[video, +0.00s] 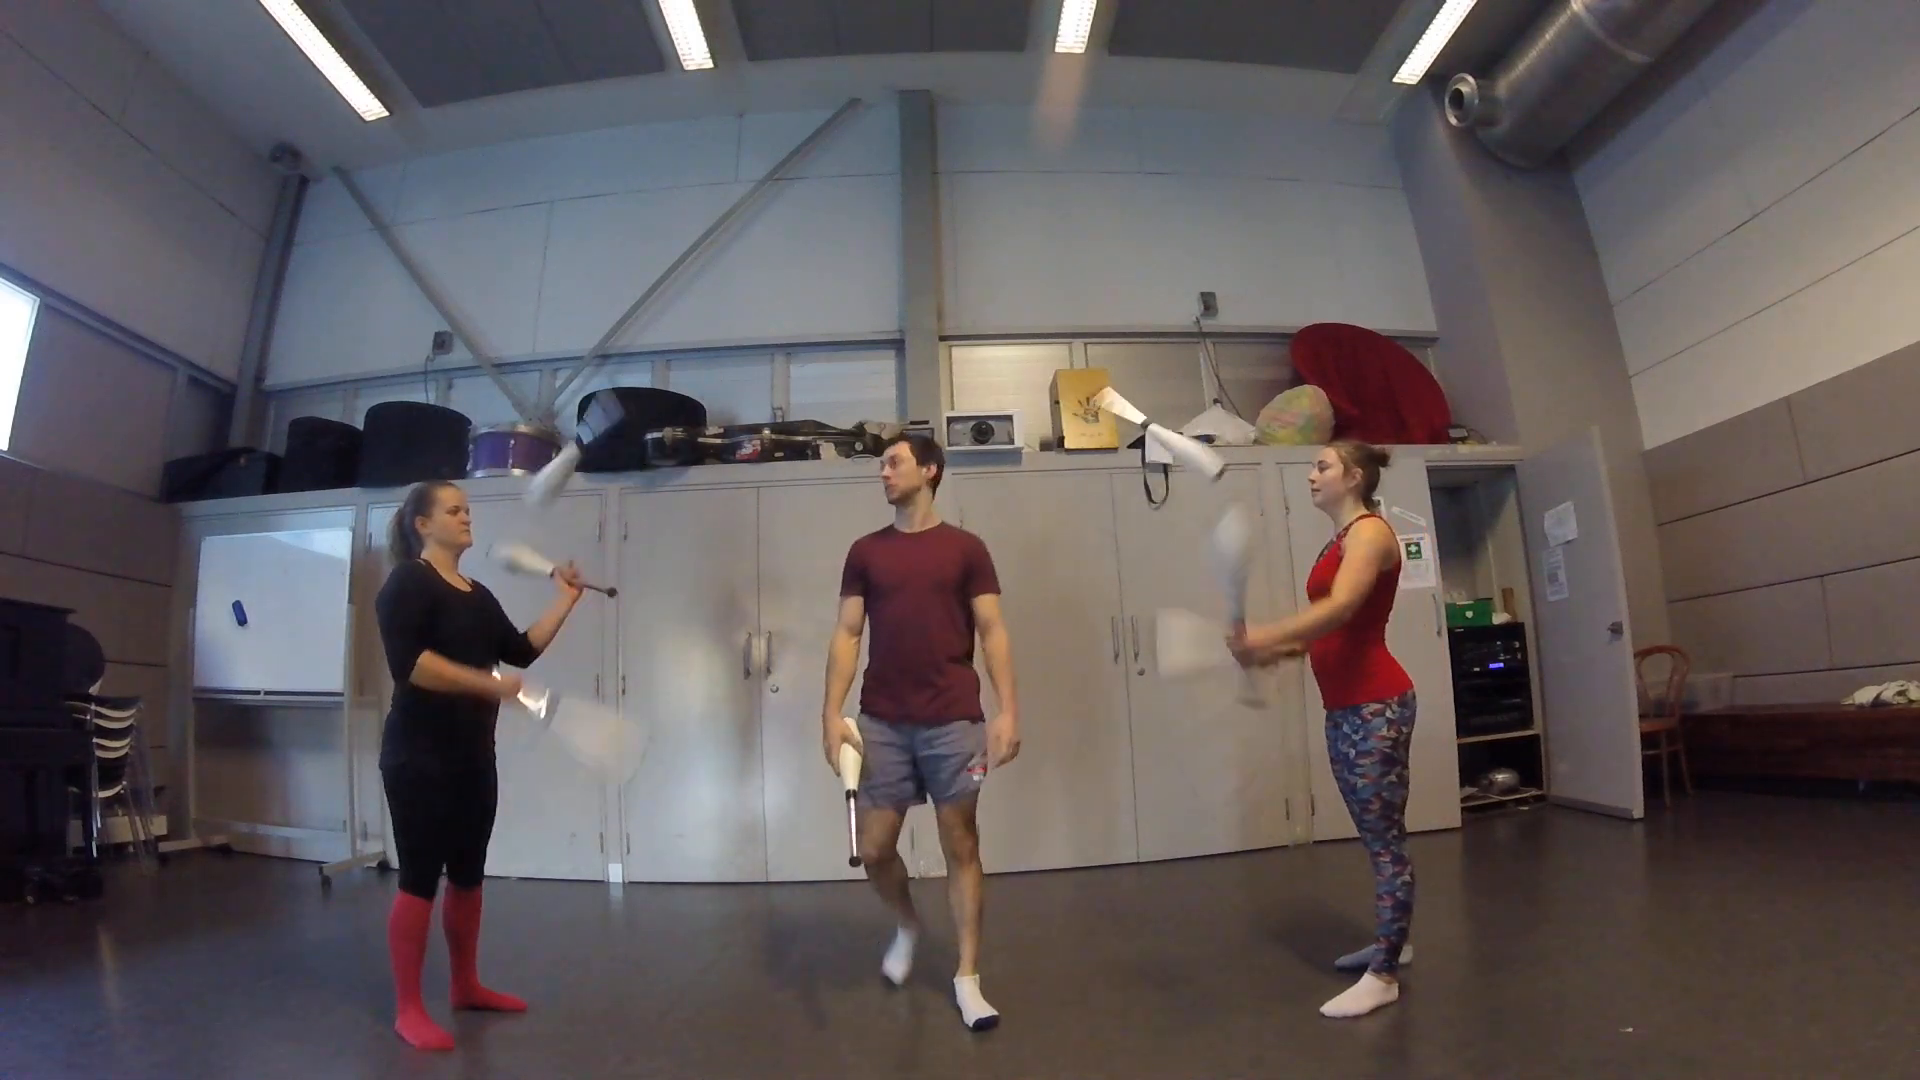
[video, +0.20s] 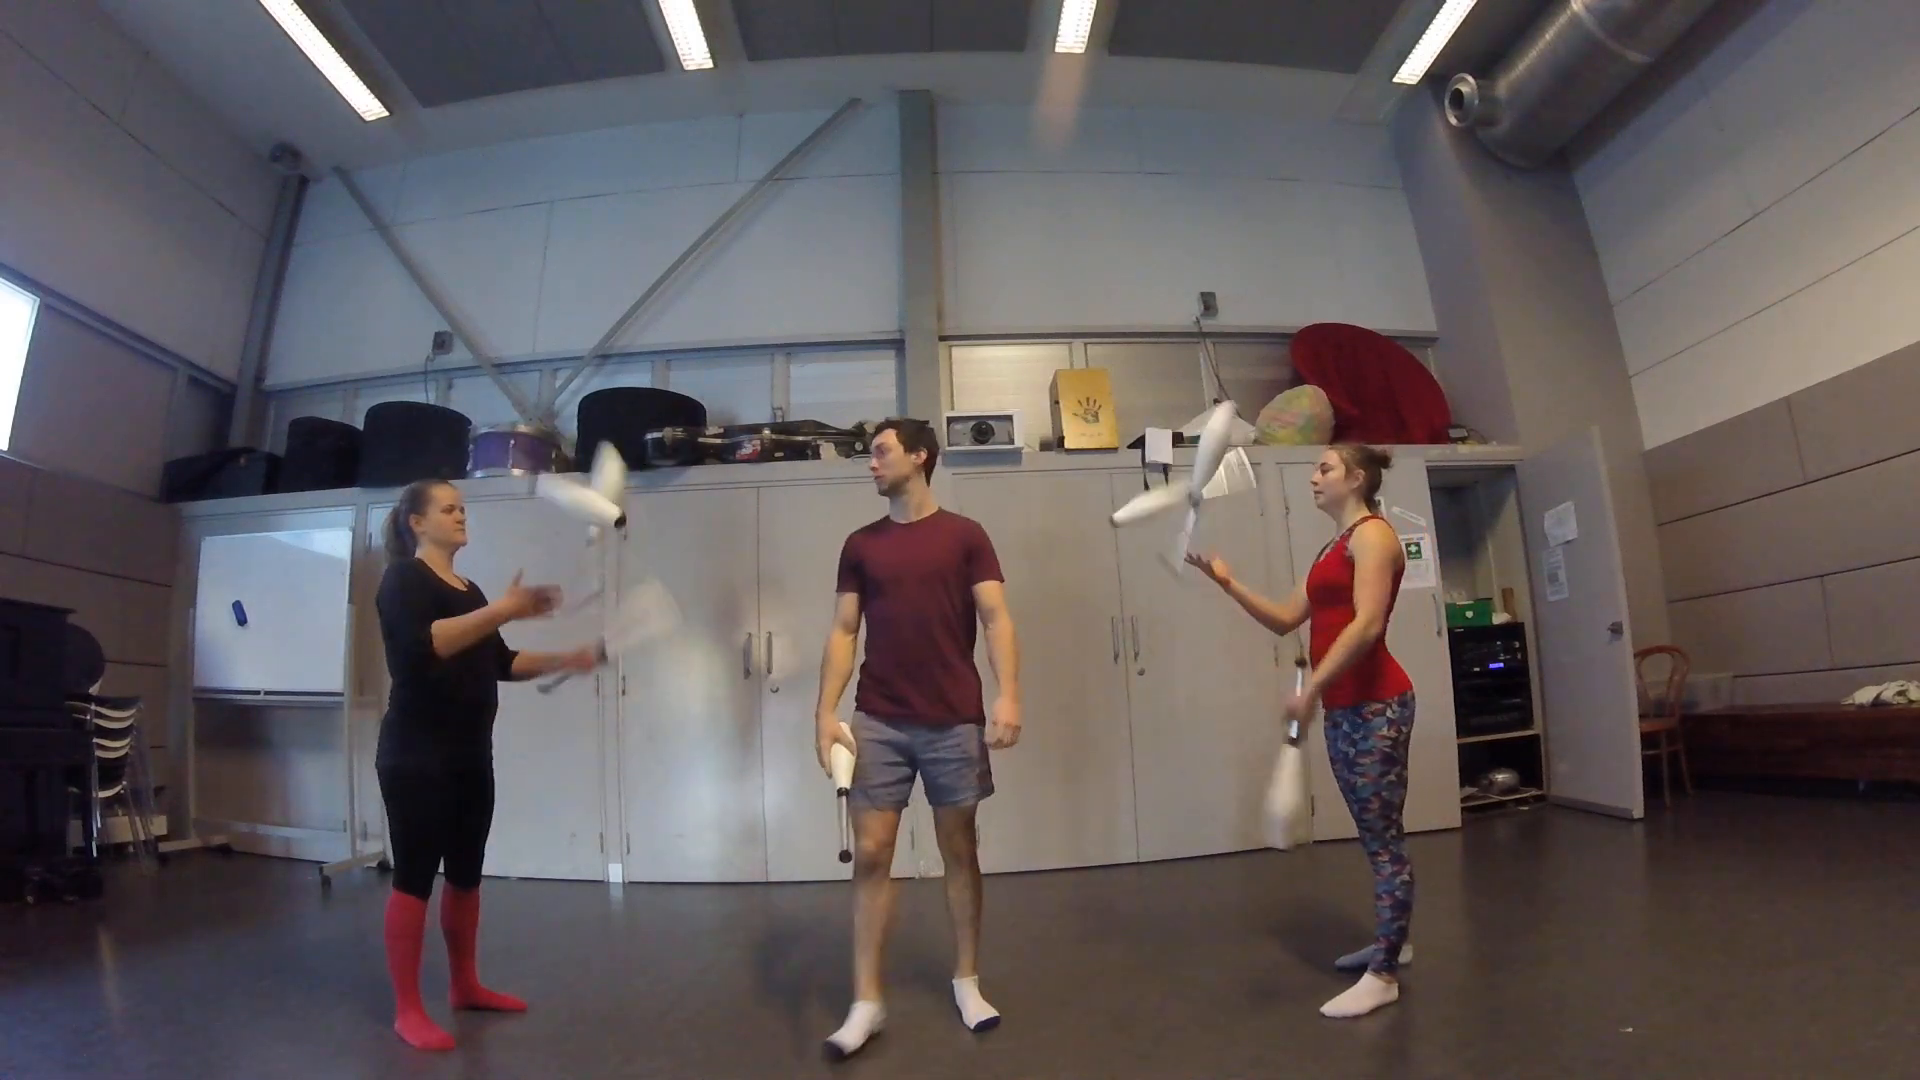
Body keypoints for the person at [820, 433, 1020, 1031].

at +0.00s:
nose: (885, 472)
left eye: (896, 463)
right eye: (883, 464)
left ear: (930, 473)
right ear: (887, 476)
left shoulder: (966, 548)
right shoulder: (866, 551)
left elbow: (992, 631)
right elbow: (846, 634)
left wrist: (1007, 713)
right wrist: (832, 713)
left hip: (952, 719)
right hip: (882, 722)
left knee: (961, 847)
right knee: (874, 852)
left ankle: (968, 976)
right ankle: (908, 925)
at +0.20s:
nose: (873, 462)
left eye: (884, 452)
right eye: (872, 454)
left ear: (921, 459)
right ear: (879, 467)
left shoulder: (966, 535)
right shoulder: (862, 544)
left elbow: (997, 619)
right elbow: (844, 631)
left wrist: (1008, 698)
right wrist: (825, 711)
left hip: (954, 722)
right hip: (879, 722)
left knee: (960, 850)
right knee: (871, 854)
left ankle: (968, 980)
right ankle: (867, 1000)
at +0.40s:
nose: (846, 460)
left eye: (856, 449)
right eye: (845, 451)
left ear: (897, 453)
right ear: (878, 457)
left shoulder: (946, 527)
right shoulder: (841, 541)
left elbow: (965, 617)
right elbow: (824, 634)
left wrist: (922, 674)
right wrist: (804, 719)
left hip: (940, 725)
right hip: (861, 725)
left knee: (956, 857)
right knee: (854, 863)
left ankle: (965, 981)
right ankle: (845, 1016)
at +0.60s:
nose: (818, 451)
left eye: (827, 440)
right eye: (817, 442)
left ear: (868, 442)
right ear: (855, 445)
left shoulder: (915, 511)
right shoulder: (820, 535)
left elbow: (863, 583)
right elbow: (802, 630)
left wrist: (755, 596)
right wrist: (774, 711)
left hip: (917, 714)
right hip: (839, 720)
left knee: (966, 854)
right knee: (844, 866)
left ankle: (990, 971)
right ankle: (845, 1018)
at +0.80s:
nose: (800, 451)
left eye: (807, 439)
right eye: (800, 441)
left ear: (844, 435)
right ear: (842, 437)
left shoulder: (888, 504)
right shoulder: (836, 527)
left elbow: (781, 552)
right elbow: (811, 636)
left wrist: (677, 572)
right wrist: (774, 714)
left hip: (908, 713)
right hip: (836, 722)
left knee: (965, 855)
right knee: (847, 869)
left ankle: (1012, 983)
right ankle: (847, 1016)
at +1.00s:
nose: (798, 452)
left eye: (804, 439)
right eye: (797, 441)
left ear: (842, 434)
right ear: (839, 436)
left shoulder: (883, 499)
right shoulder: (838, 521)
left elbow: (772, 554)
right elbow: (821, 635)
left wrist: (671, 586)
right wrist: (781, 716)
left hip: (912, 710)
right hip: (841, 720)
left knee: (969, 855)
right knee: (851, 870)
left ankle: (1015, 982)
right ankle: (849, 1015)